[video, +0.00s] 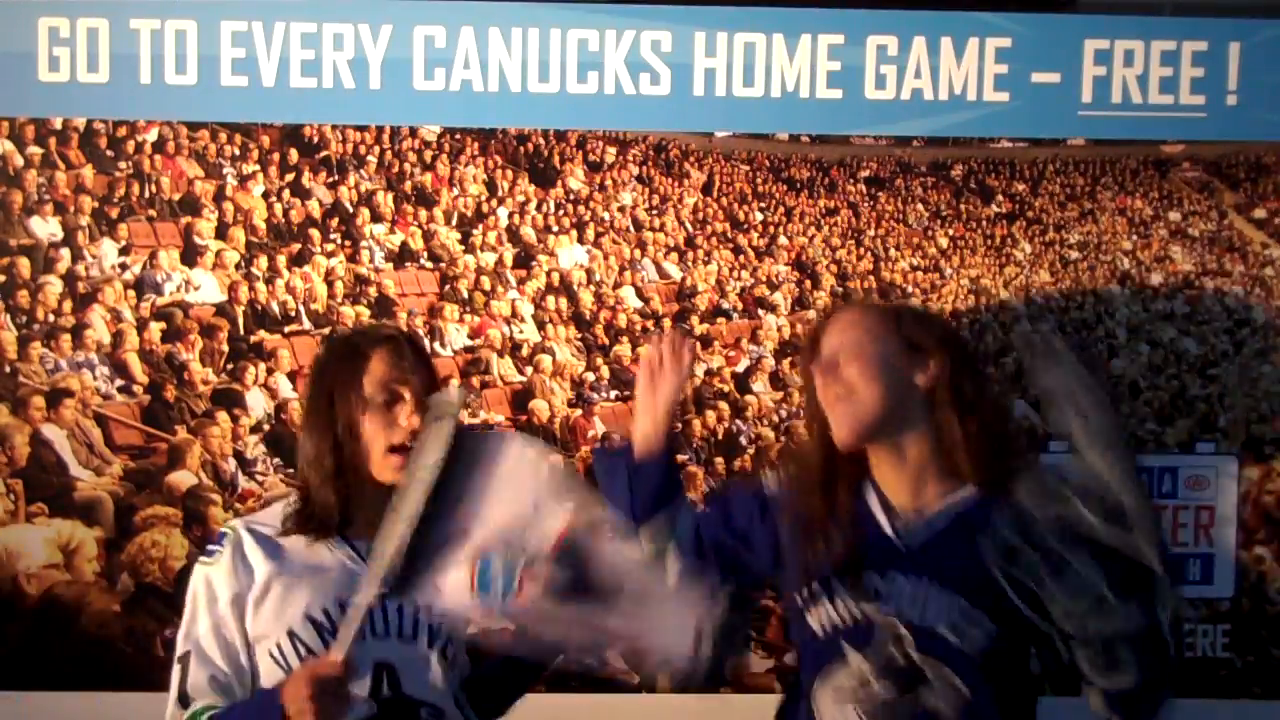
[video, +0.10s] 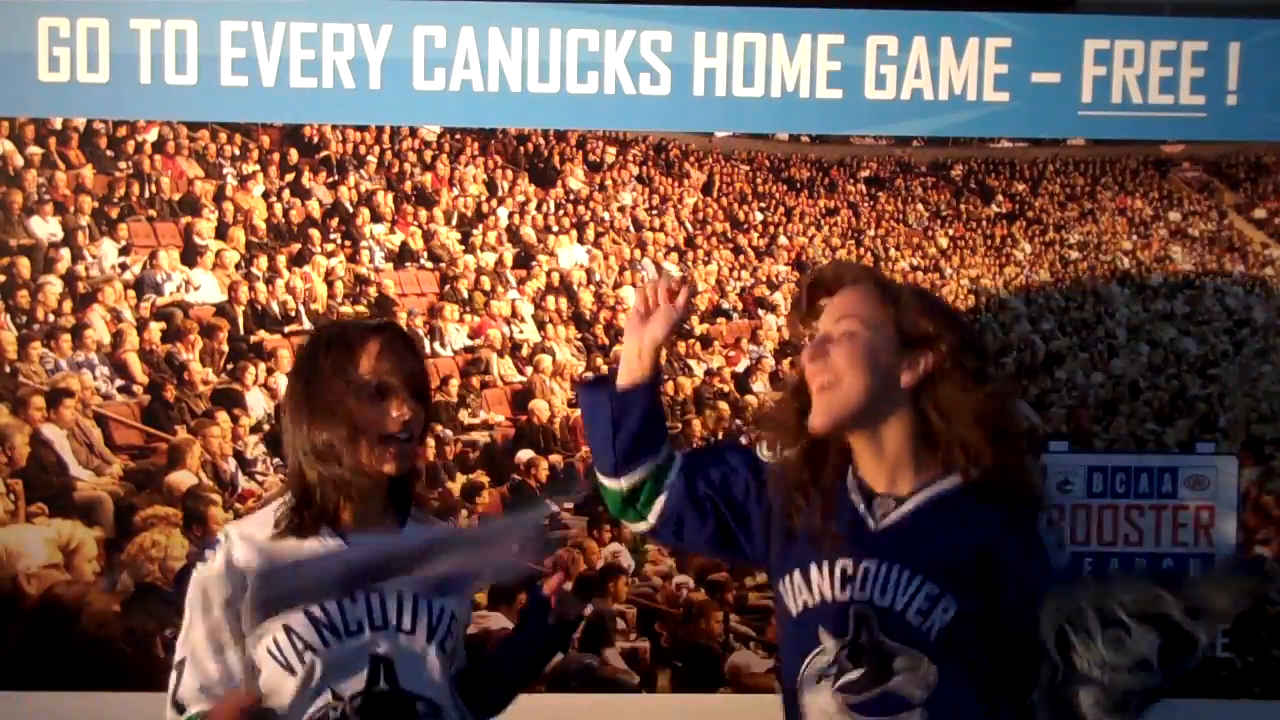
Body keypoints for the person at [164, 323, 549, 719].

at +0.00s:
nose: (414, 422)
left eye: (421, 403)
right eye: (389, 401)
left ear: (431, 413)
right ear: (337, 414)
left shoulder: (450, 552)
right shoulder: (245, 560)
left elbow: (478, 703)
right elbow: (196, 710)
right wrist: (277, 704)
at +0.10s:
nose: (406, 412)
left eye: (415, 393)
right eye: (377, 393)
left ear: (429, 408)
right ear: (319, 410)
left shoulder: (443, 549)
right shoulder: (240, 560)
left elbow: (458, 699)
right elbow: (194, 705)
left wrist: (543, 629)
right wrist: (218, 713)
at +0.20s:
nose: (408, 415)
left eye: (409, 397)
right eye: (375, 402)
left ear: (421, 406)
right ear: (318, 425)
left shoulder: (453, 556)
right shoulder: (241, 580)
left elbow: (477, 707)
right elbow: (198, 715)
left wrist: (546, 638)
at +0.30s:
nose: (411, 407)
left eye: (411, 387)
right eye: (382, 392)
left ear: (422, 397)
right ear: (322, 416)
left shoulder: (465, 544)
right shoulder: (251, 560)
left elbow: (492, 705)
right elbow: (211, 714)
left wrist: (560, 644)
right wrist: (99, 704)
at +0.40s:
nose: (419, 419)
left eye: (420, 397)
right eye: (389, 402)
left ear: (432, 407)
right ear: (327, 424)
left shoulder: (468, 553)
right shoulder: (256, 568)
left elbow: (497, 710)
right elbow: (203, 719)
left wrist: (562, 644)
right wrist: (67, 686)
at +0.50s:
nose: (431, 424)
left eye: (430, 404)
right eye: (399, 409)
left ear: (436, 415)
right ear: (337, 435)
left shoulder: (474, 558)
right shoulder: (261, 591)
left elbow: (515, 710)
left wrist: (548, 639)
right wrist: (58, 673)